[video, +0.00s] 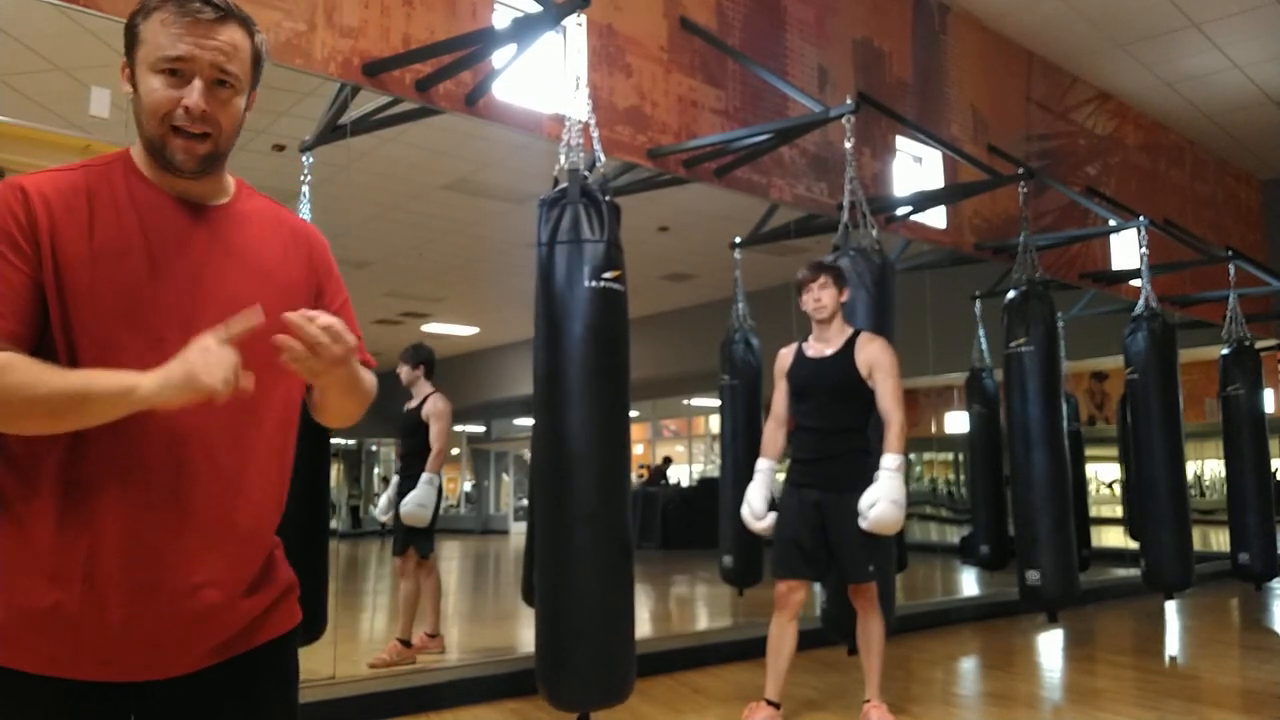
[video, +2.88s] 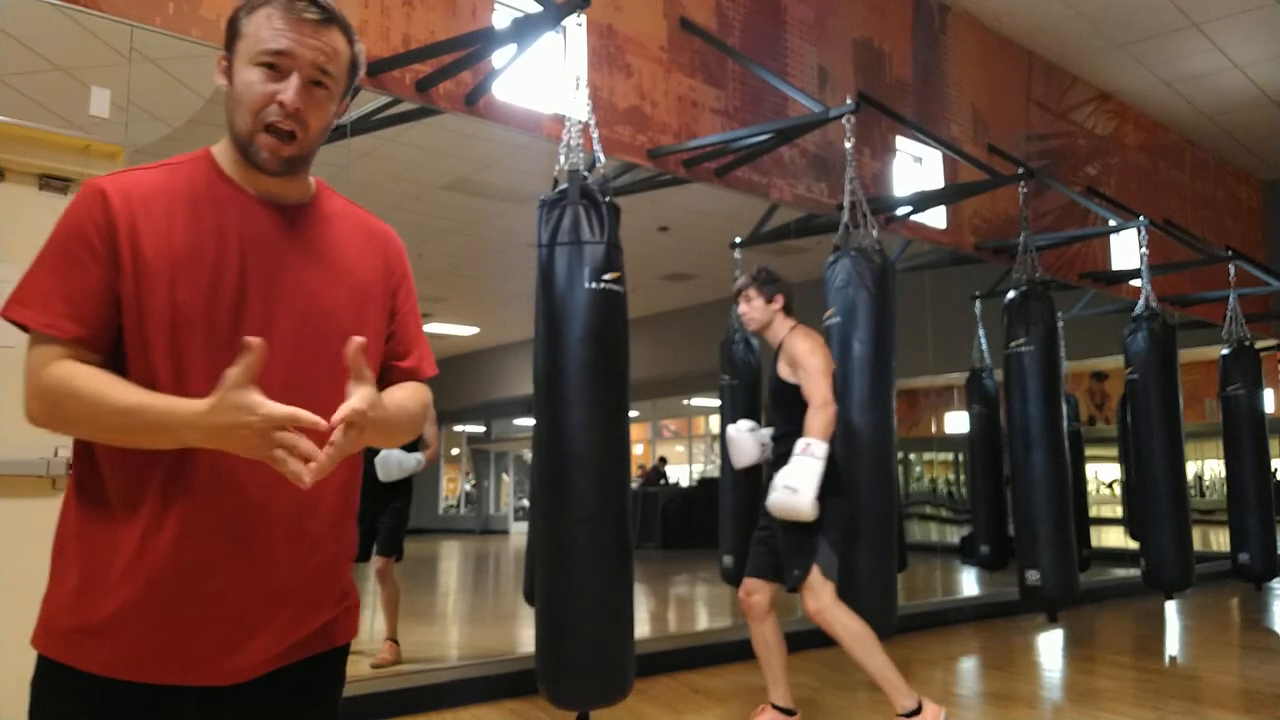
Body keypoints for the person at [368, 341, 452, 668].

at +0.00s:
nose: (398, 372)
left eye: (402, 366)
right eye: (399, 367)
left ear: (419, 369)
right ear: (415, 370)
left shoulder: (437, 402)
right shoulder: (411, 403)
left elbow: (439, 449)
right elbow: (406, 454)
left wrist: (425, 489)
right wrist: (391, 491)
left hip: (421, 484)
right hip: (407, 482)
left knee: (405, 564)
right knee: (424, 563)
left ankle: (403, 641)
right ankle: (432, 634)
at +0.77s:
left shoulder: (417, 392)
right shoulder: (391, 399)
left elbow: (422, 444)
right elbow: (389, 452)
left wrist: (409, 485)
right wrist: (371, 484)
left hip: (407, 481)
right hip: (389, 482)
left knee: (397, 566)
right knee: (374, 563)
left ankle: (403, 643)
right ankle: (414, 619)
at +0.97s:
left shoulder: (404, 393)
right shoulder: (380, 394)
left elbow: (408, 445)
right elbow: (385, 451)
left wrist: (396, 484)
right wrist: (368, 482)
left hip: (401, 479)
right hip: (384, 478)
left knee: (393, 563)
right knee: (370, 562)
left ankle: (403, 644)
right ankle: (383, 632)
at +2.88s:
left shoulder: (417, 398)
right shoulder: (355, 394)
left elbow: (433, 447)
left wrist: (414, 462)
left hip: (395, 487)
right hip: (358, 485)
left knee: (382, 567)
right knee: (345, 566)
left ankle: (391, 642)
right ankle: (338, 639)